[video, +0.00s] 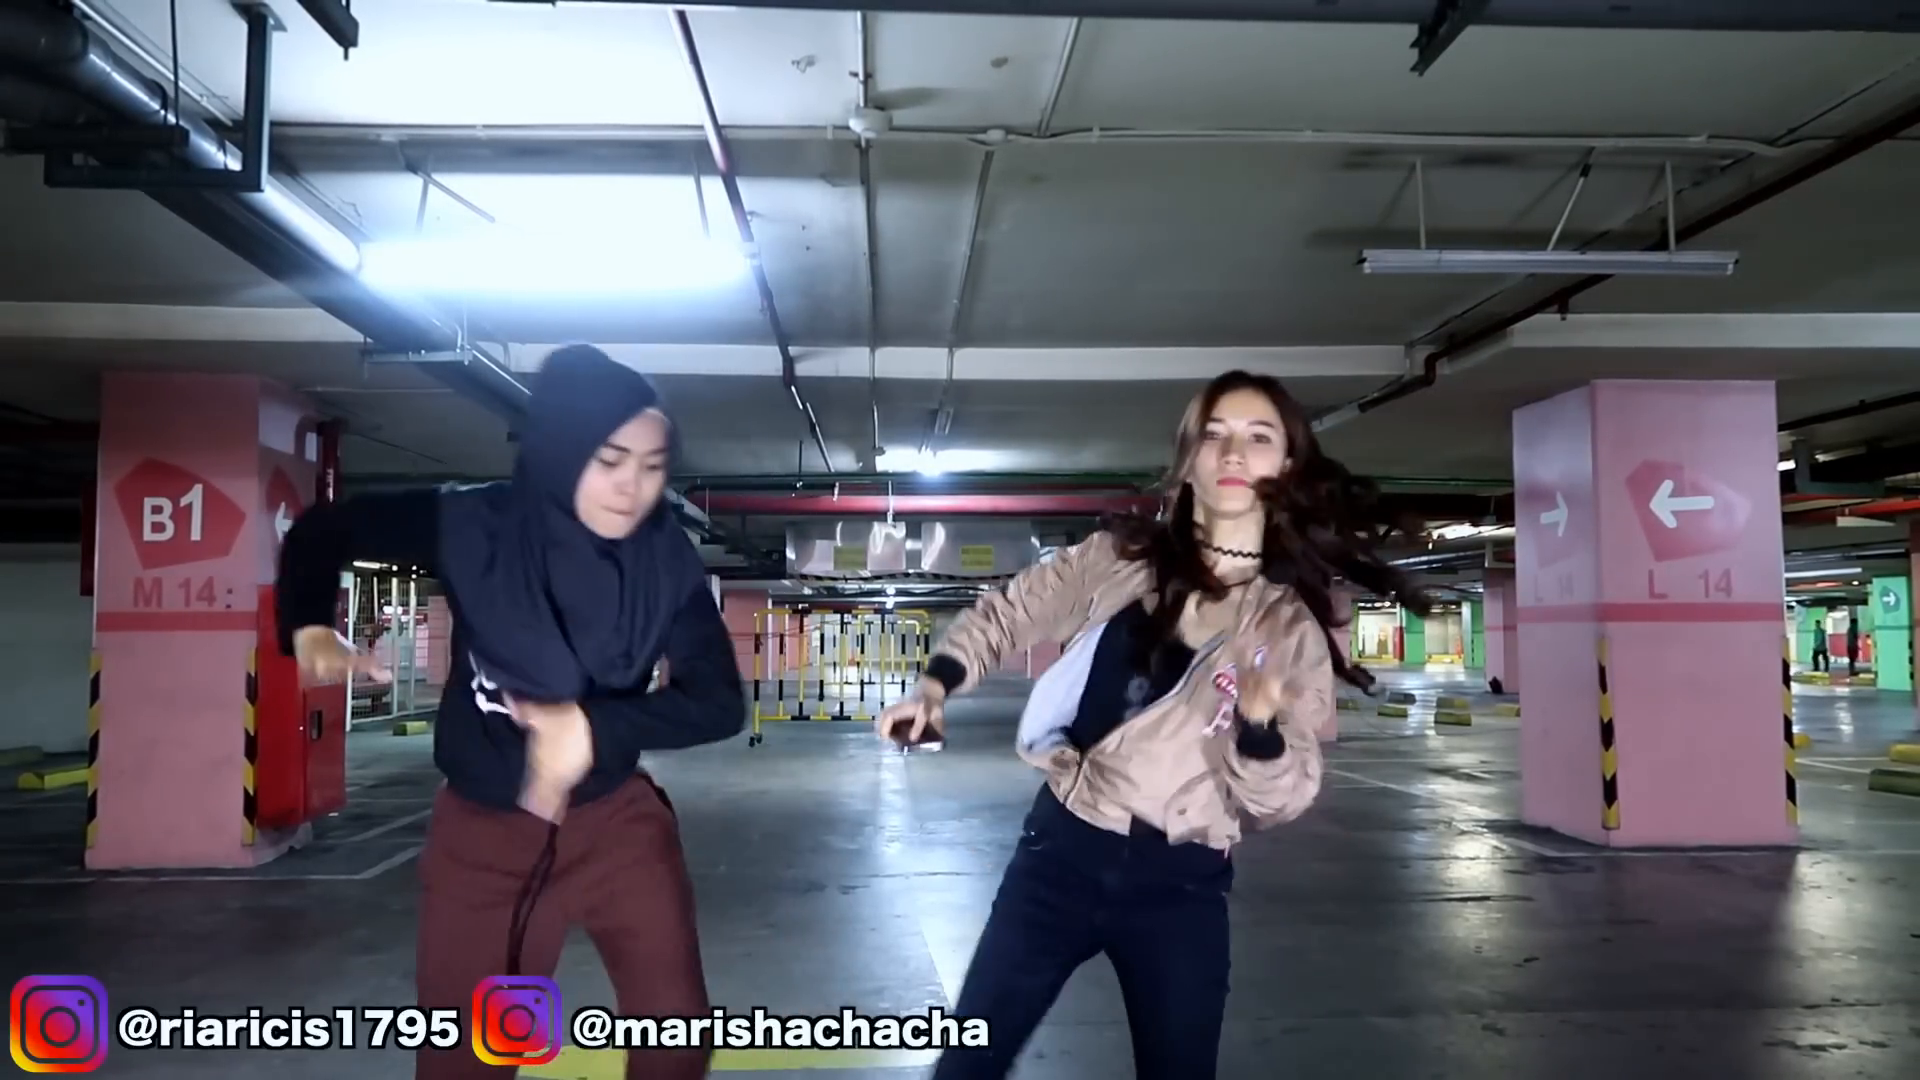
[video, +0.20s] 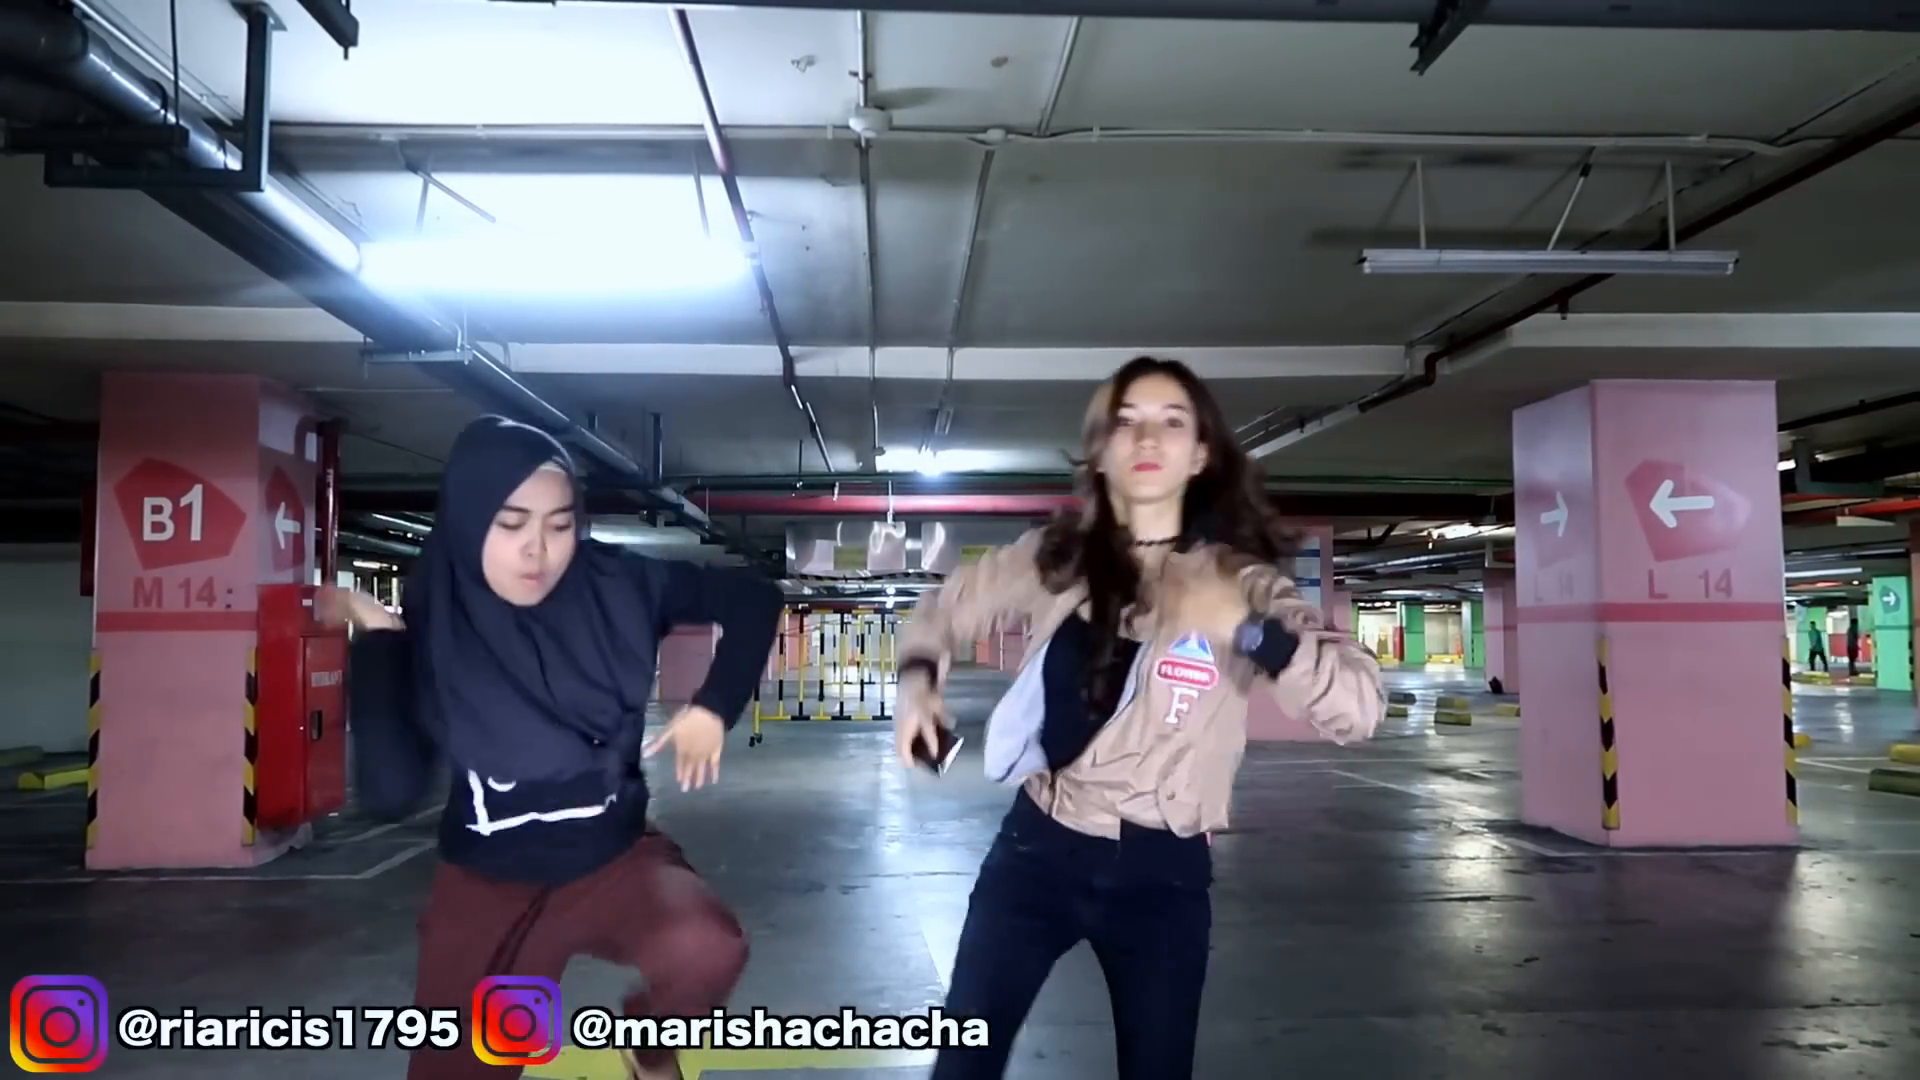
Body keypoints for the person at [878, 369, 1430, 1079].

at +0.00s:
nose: (1235, 454)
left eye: (1259, 438)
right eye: (1218, 436)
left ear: (1287, 464)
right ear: (1189, 458)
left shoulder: (1290, 627)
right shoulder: (1120, 559)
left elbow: (1284, 800)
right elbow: (1008, 612)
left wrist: (1257, 725)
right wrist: (934, 687)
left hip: (1180, 882)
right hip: (1060, 856)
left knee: (1180, 1069)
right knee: (965, 1060)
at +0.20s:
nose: (1146, 437)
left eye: (1171, 423)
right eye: (1126, 422)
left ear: (1203, 455)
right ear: (1099, 452)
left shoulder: (1242, 583)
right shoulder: (1058, 558)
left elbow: (1358, 715)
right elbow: (944, 610)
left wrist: (1265, 639)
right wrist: (917, 686)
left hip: (1161, 870)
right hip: (1037, 852)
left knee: (1157, 1070)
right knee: (961, 1060)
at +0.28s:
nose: (1095, 477)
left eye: (1120, 462)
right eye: (1078, 459)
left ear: (1152, 492)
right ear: (1047, 484)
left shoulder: (1213, 603)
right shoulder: (999, 619)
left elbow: (1327, 698)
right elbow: (940, 746)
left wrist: (1248, 720)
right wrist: (942, 798)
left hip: (1160, 891)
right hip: (1034, 886)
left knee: (1171, 1069)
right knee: (1001, 1067)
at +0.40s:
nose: (1069, 519)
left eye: (1089, 503)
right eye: (1046, 502)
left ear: (1112, 528)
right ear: (1012, 531)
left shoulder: (1184, 624)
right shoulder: (989, 675)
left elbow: (1277, 670)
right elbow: (992, 827)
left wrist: (1290, 740)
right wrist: (1036, 850)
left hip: (1172, 902)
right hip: (1048, 918)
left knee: (1266, 1066)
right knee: (1010, 1072)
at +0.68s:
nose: (1096, 451)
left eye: (1114, 430)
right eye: (1073, 433)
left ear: (1139, 450)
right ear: (1043, 456)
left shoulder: (1211, 557)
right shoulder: (1024, 606)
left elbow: (1299, 628)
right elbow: (986, 795)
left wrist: (1381, 705)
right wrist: (1013, 760)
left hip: (1255, 852)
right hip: (1134, 875)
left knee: (1345, 1058)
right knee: (1114, 1071)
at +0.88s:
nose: (1143, 452)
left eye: (1162, 434)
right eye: (1120, 438)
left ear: (1188, 452)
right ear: (1093, 465)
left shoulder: (1250, 554)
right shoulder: (1073, 598)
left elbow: (1361, 570)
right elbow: (996, 722)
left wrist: (1403, 669)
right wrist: (1021, 724)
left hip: (1293, 857)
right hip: (1168, 876)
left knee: (1359, 1066)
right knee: (1141, 1071)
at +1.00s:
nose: (1175, 480)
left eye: (1200, 456)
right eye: (1163, 462)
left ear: (1252, 474)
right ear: (1151, 481)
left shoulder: (1325, 610)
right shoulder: (1130, 609)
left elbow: (1425, 709)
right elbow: (1091, 721)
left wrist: (1395, 782)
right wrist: (1088, 776)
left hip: (1296, 892)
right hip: (1164, 892)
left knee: (1337, 1071)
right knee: (1104, 1067)